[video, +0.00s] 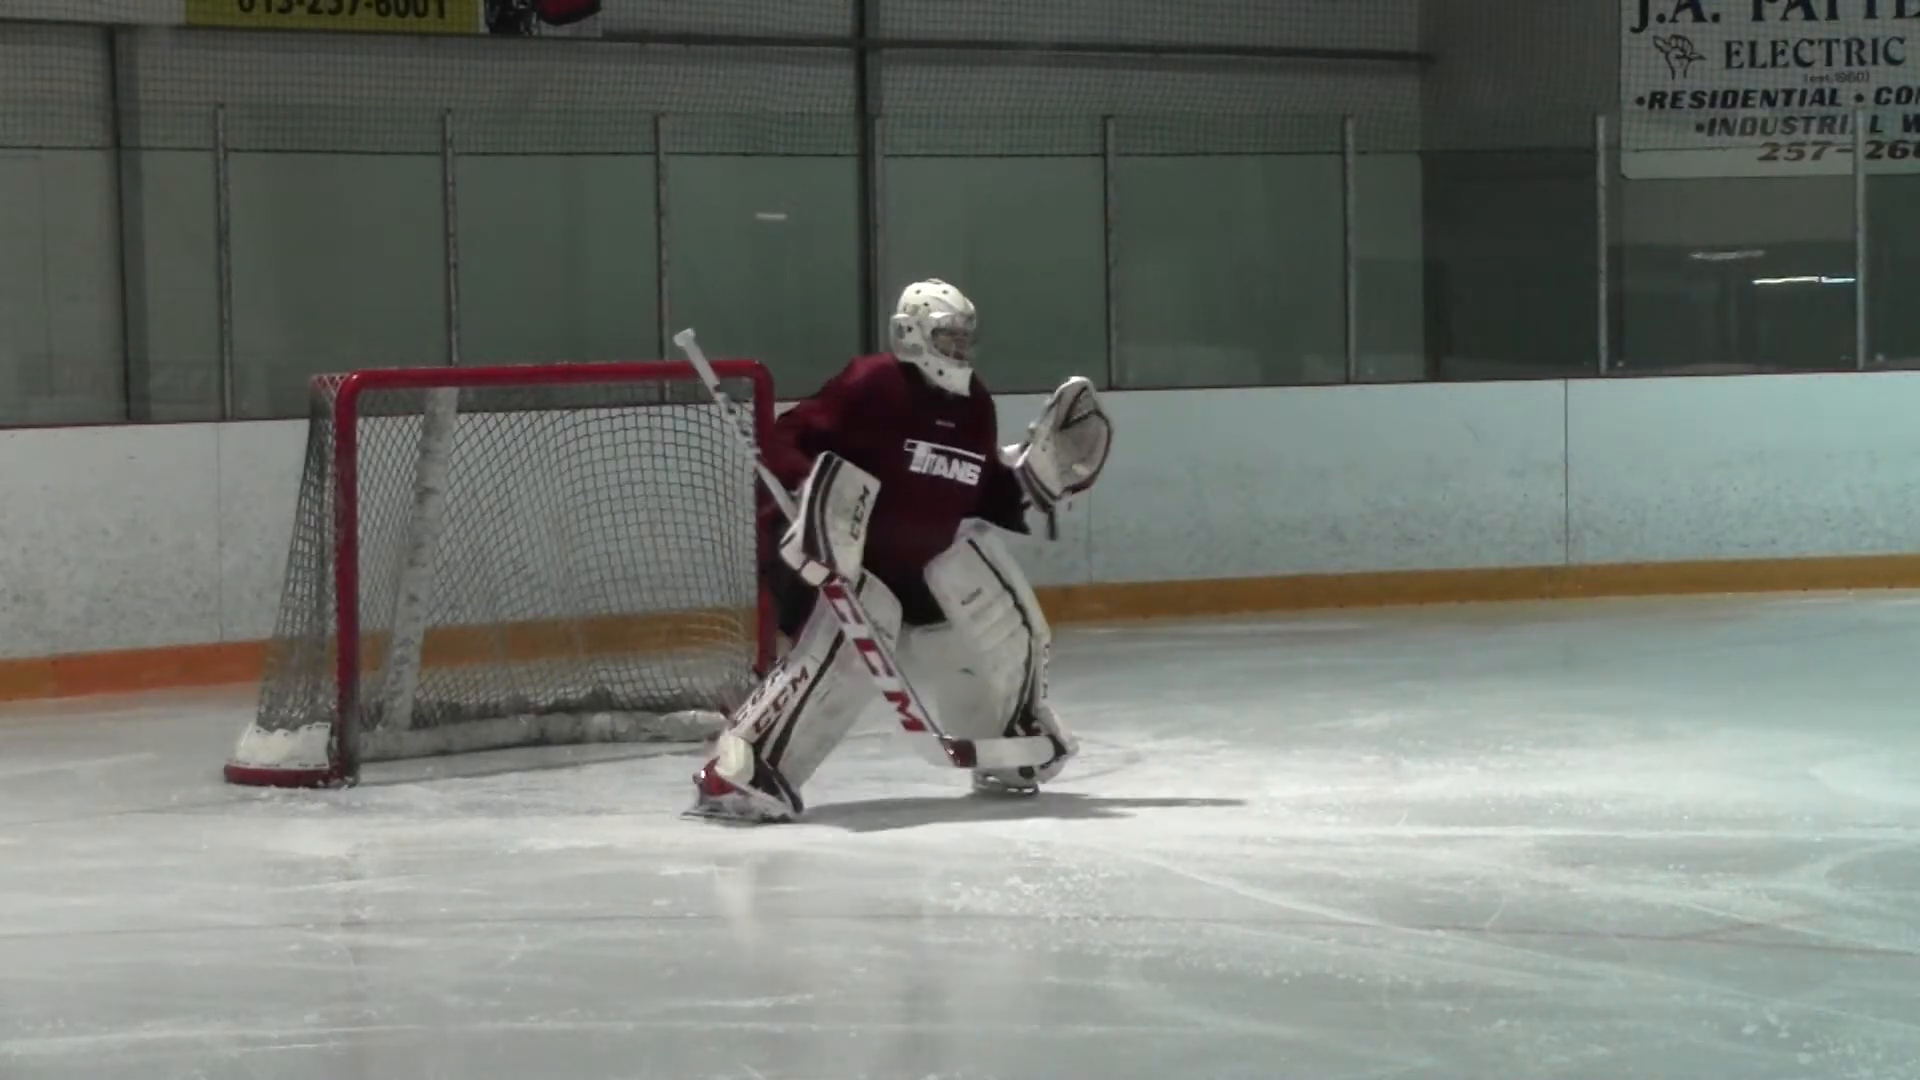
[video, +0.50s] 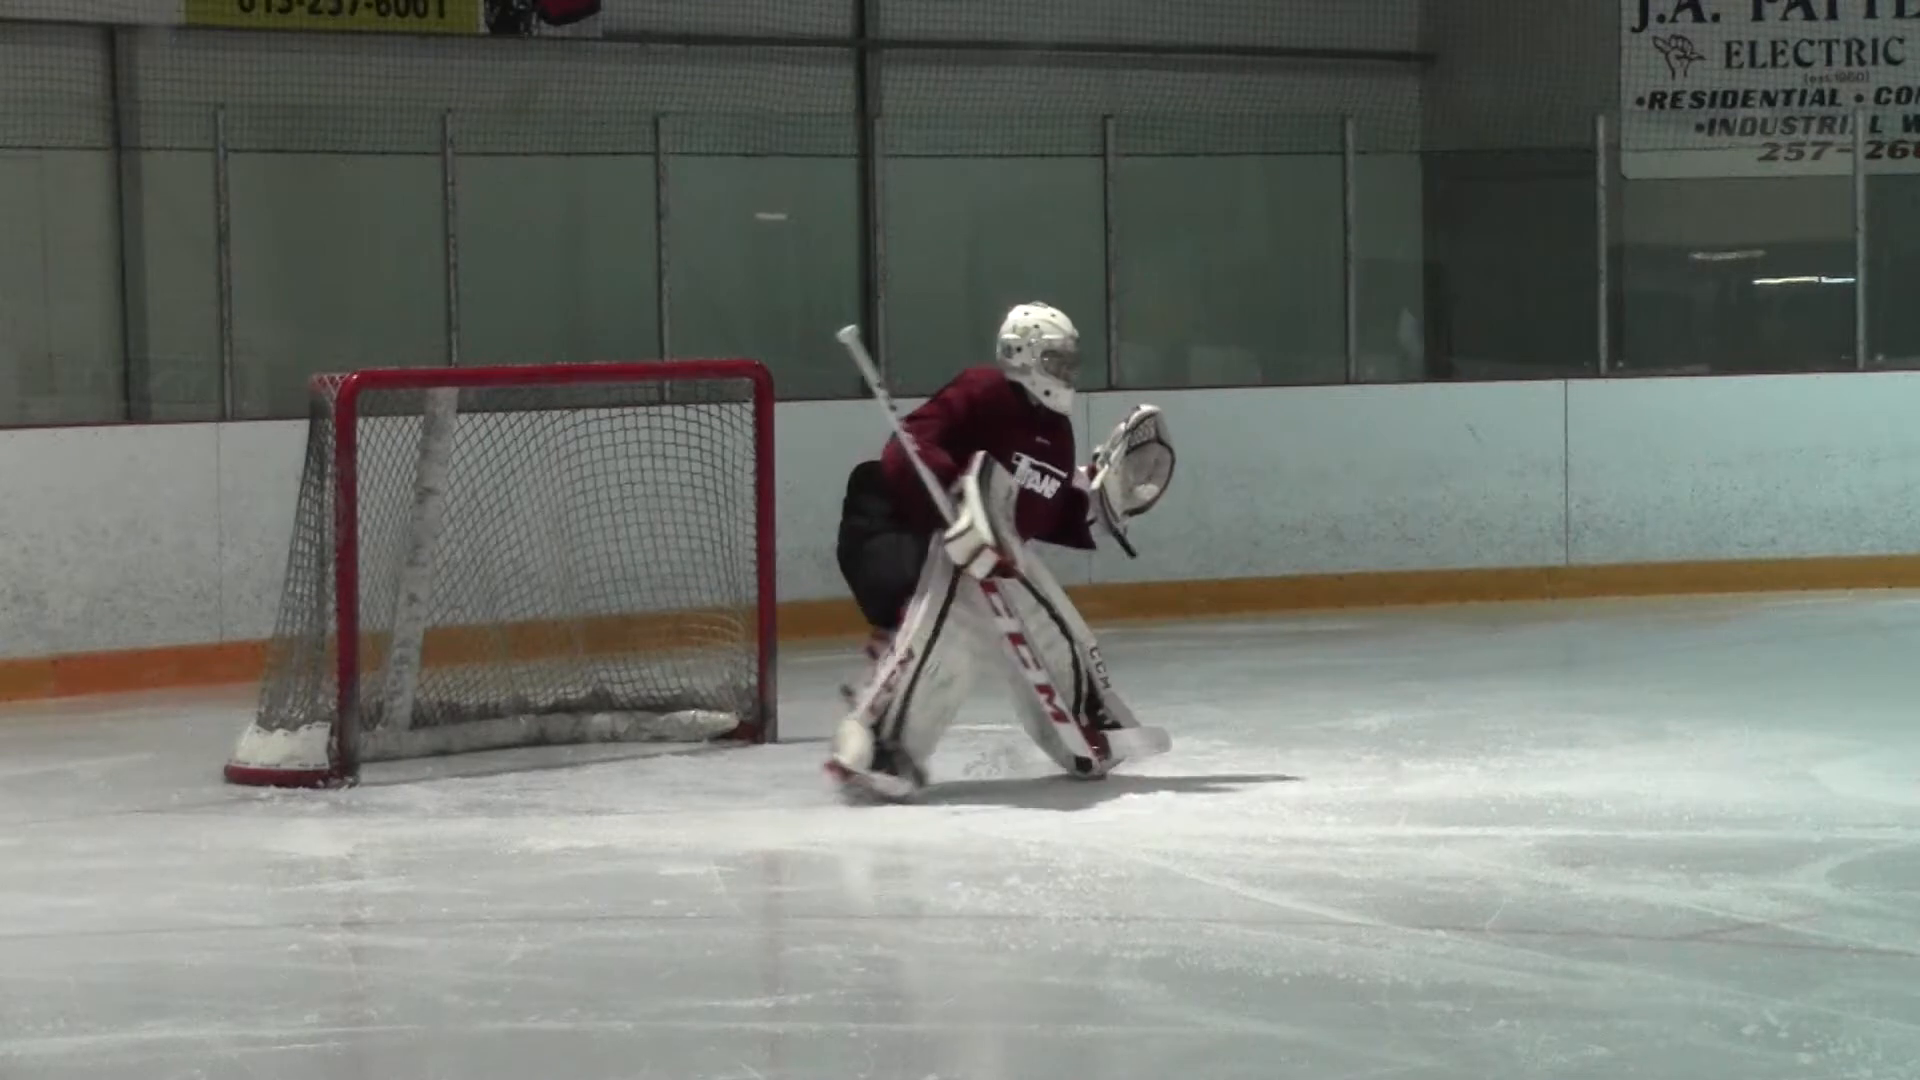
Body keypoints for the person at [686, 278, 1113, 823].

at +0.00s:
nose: (959, 348)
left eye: (964, 336)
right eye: (947, 335)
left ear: (970, 338)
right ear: (911, 334)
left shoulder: (974, 403)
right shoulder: (873, 382)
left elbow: (984, 491)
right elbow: (782, 440)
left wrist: (1036, 479)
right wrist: (824, 491)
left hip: (936, 571)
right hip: (860, 566)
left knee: (980, 657)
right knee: (830, 673)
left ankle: (1007, 757)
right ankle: (742, 775)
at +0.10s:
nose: (982, 349)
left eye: (987, 338)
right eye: (969, 337)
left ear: (994, 338)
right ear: (934, 338)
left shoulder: (996, 406)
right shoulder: (897, 384)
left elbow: (992, 488)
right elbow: (810, 434)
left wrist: (1052, 482)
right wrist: (845, 491)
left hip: (945, 552)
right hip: (866, 550)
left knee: (1001, 638)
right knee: (848, 657)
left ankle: (1031, 748)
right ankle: (780, 767)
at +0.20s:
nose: (1000, 361)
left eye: (1005, 350)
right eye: (988, 348)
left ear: (1011, 350)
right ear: (953, 347)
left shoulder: (1006, 420)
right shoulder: (912, 390)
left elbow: (1003, 500)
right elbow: (829, 440)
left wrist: (1054, 502)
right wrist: (858, 495)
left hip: (964, 548)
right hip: (891, 555)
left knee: (1014, 638)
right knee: (867, 669)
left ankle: (1029, 753)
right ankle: (794, 762)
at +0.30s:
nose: (1022, 368)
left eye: (1026, 356)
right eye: (1010, 356)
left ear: (1027, 356)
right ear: (974, 353)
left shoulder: (1023, 428)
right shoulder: (936, 395)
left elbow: (1016, 524)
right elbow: (851, 448)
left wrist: (1068, 501)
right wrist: (892, 503)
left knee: (1017, 645)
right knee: (899, 664)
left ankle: (1023, 749)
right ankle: (783, 762)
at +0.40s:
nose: (1048, 367)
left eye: (1052, 355)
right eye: (1036, 355)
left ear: (1053, 354)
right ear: (1000, 353)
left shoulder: (1046, 427)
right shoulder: (965, 394)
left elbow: (1045, 513)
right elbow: (881, 448)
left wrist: (1095, 497)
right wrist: (928, 500)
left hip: (998, 561)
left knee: (1054, 624)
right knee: (914, 657)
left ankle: (1058, 736)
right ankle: (811, 760)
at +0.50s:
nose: (1065, 372)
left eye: (1068, 361)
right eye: (1054, 360)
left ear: (1070, 360)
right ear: (1020, 357)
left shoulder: (1055, 428)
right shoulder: (983, 388)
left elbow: (1048, 517)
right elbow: (907, 445)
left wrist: (1104, 506)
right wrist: (960, 507)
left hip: (1003, 553)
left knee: (1059, 640)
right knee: (940, 652)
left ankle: (1088, 744)